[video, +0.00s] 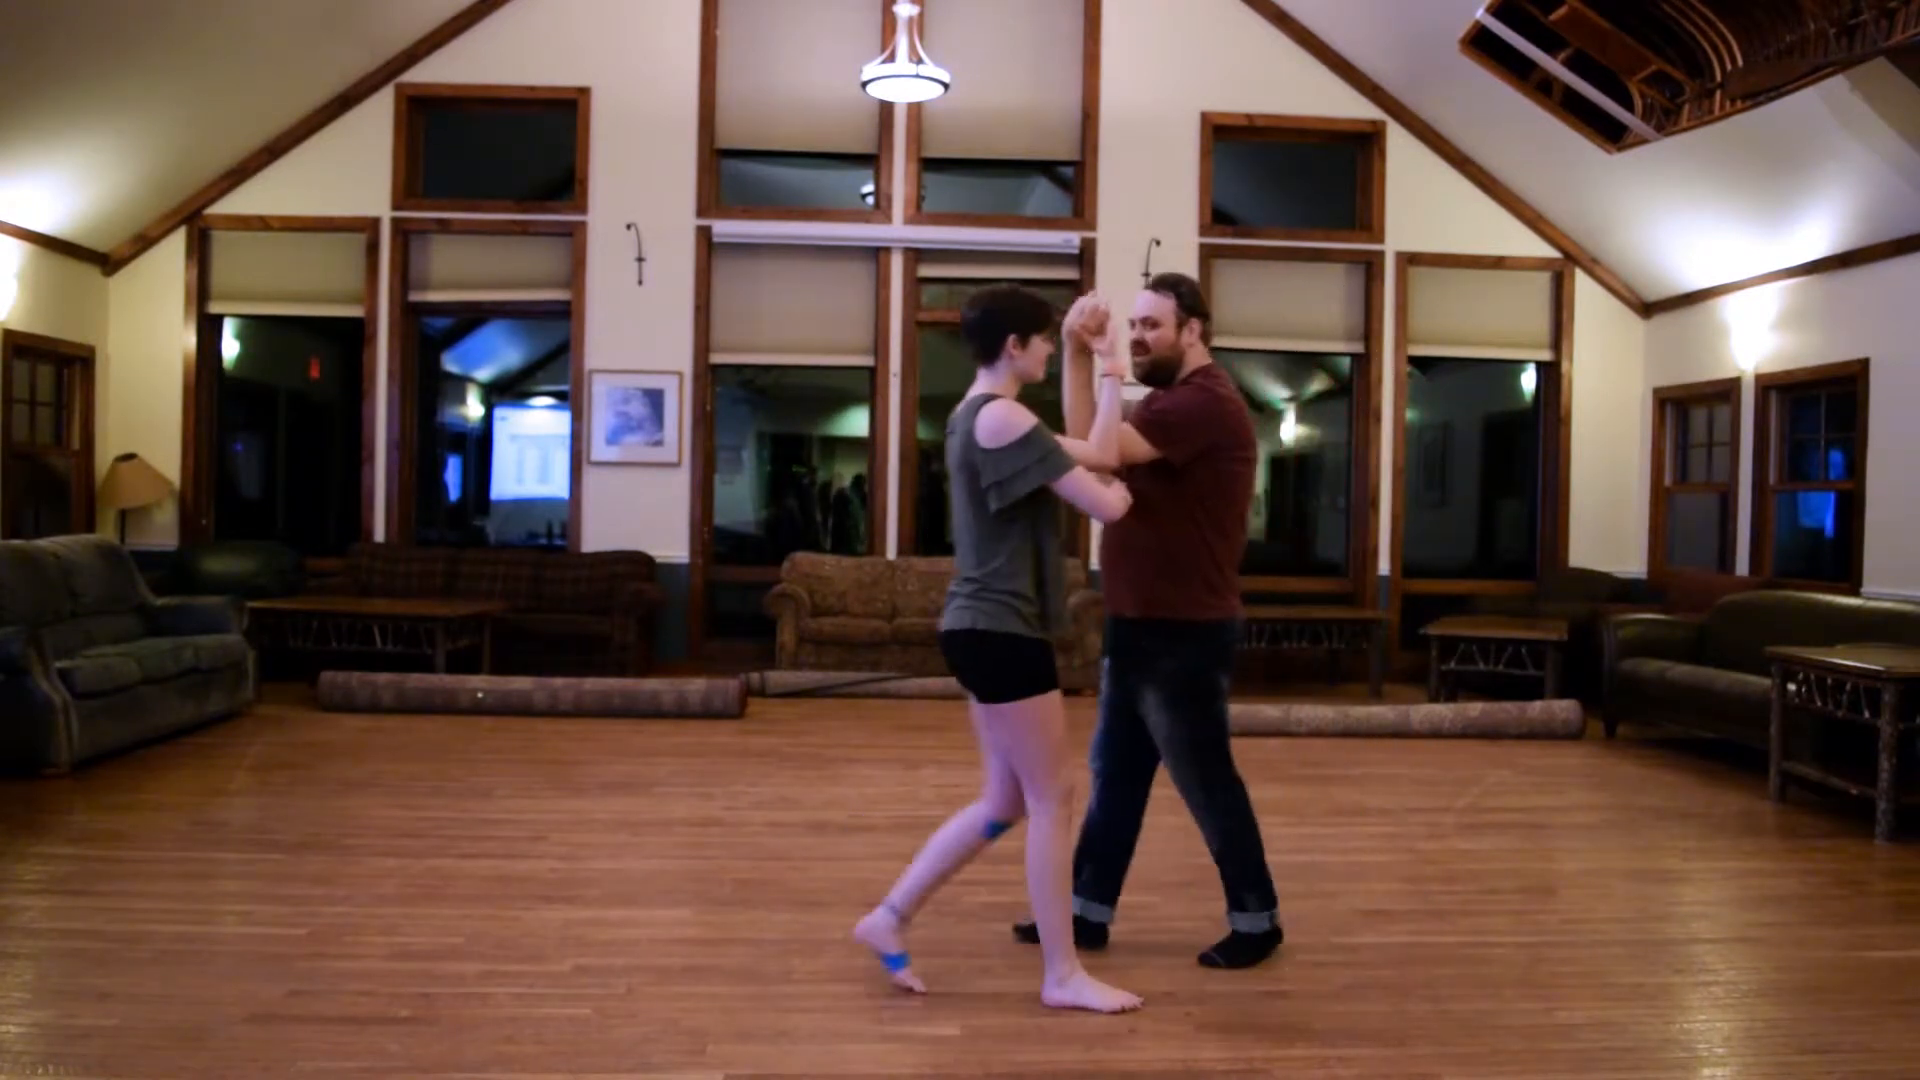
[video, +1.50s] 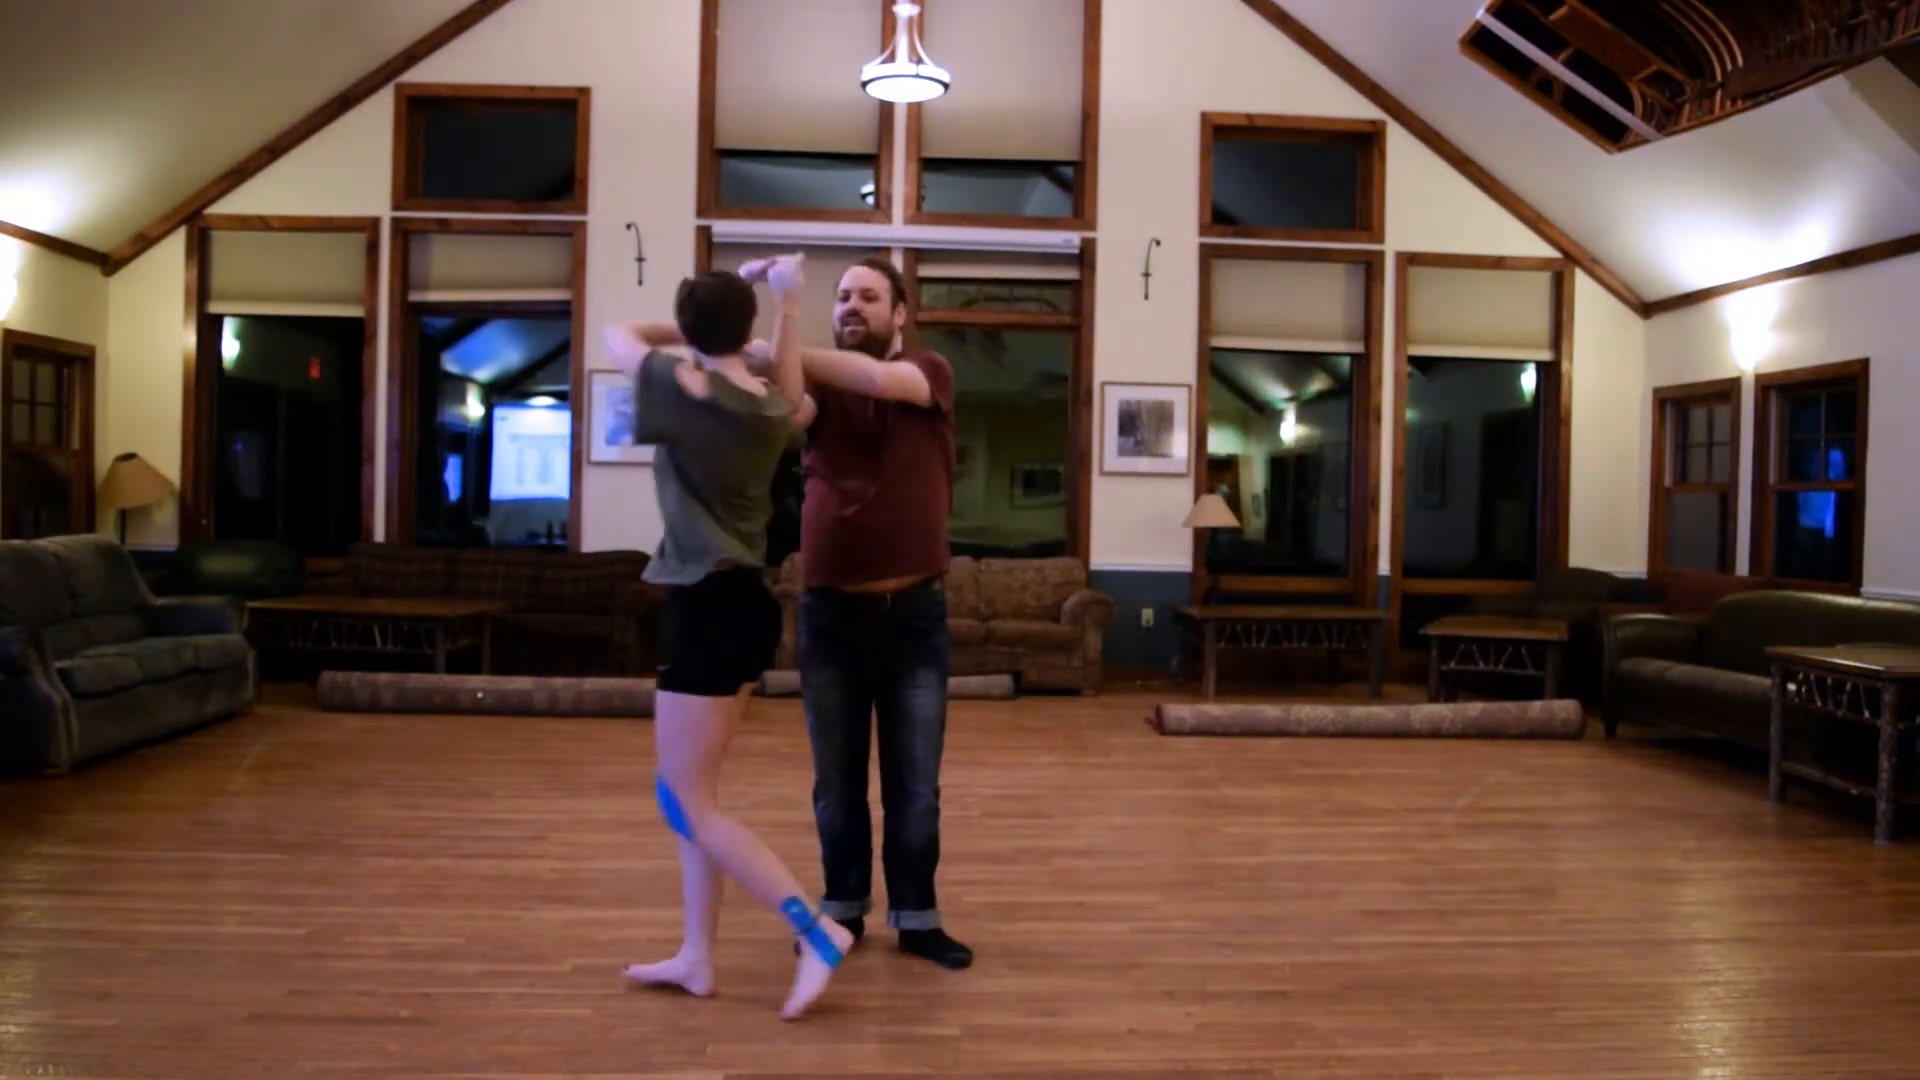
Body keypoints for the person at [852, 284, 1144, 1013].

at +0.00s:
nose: (1050, 354)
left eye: (1049, 343)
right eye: (1045, 343)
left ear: (996, 347)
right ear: (1017, 347)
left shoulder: (975, 413)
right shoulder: (1006, 421)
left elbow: (1081, 454)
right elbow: (1109, 504)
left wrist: (1109, 379)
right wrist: (1105, 466)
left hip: (976, 625)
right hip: (1005, 633)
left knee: (1001, 803)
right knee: (1054, 799)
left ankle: (888, 919)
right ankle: (1062, 975)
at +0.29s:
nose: (958, 349)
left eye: (957, 338)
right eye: (954, 337)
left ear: (899, 342)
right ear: (929, 341)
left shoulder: (889, 409)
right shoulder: (911, 415)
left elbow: (1007, 452)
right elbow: (1019, 492)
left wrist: (1033, 371)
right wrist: (1044, 479)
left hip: (869, 620)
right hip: (891, 628)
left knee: (882, 796)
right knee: (956, 788)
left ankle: (846, 956)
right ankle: (926, 967)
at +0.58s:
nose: (883, 344)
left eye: (880, 332)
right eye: (876, 332)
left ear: (829, 339)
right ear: (848, 337)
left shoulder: (826, 404)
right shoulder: (831, 408)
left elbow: (911, 457)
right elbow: (959, 476)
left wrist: (970, 402)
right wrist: (996, 487)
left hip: (838, 625)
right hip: (801, 626)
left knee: (854, 788)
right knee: (805, 802)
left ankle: (843, 958)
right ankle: (712, 954)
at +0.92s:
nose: (817, 352)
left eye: (820, 339)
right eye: (806, 338)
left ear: (806, 342)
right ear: (764, 337)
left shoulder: (803, 417)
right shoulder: (746, 402)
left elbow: (873, 468)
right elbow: (846, 409)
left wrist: (908, 379)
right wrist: (922, 394)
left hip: (794, 621)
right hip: (728, 620)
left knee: (807, 787)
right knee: (728, 795)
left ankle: (816, 956)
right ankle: (701, 965)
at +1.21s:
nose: (752, 368)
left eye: (763, 354)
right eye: (741, 358)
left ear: (796, 347)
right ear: (727, 356)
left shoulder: (823, 410)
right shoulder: (718, 398)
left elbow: (813, 317)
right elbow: (673, 274)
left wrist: (778, 237)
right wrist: (751, 217)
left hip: (798, 616)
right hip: (713, 610)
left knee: (792, 799)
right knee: (721, 801)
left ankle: (803, 963)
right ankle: (705, 963)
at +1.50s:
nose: (682, 334)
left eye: (684, 329)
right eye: (748, 329)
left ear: (684, 336)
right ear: (750, 339)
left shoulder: (674, 393)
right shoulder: (777, 412)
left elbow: (622, 339)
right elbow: (798, 399)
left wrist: (693, 337)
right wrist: (785, 324)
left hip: (704, 604)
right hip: (744, 602)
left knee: (688, 802)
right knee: (687, 794)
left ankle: (814, 932)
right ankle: (695, 957)